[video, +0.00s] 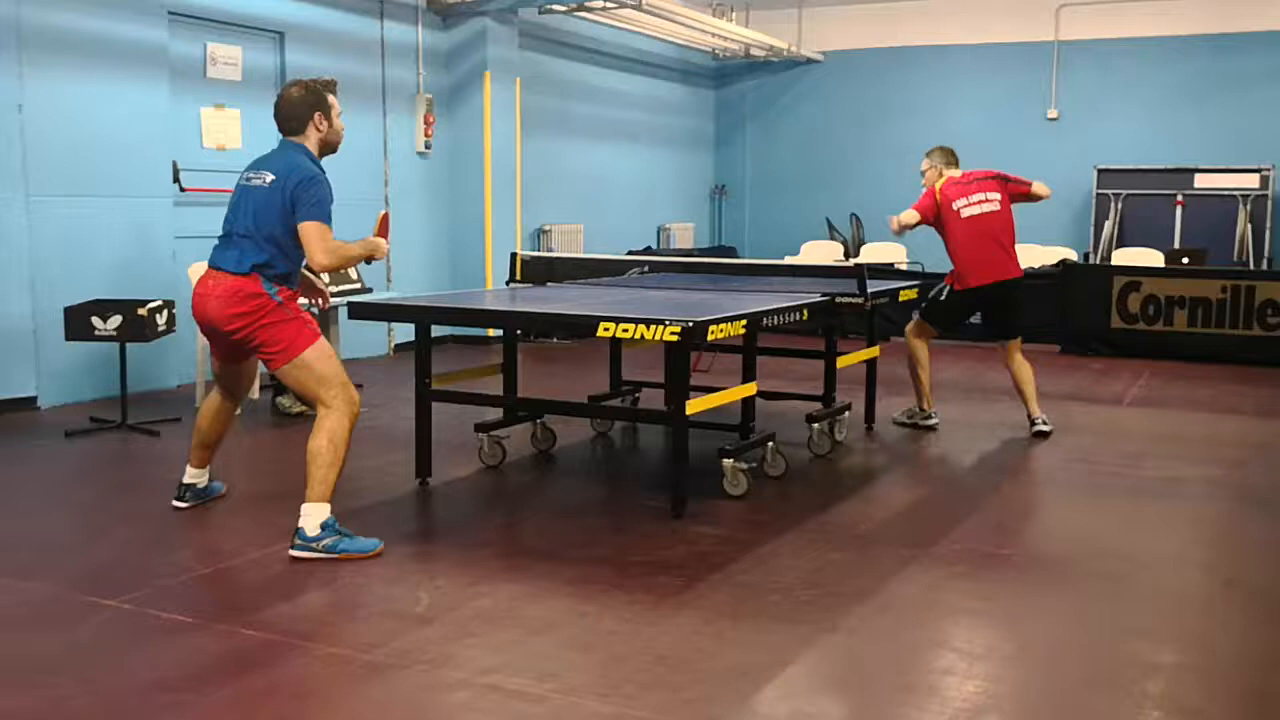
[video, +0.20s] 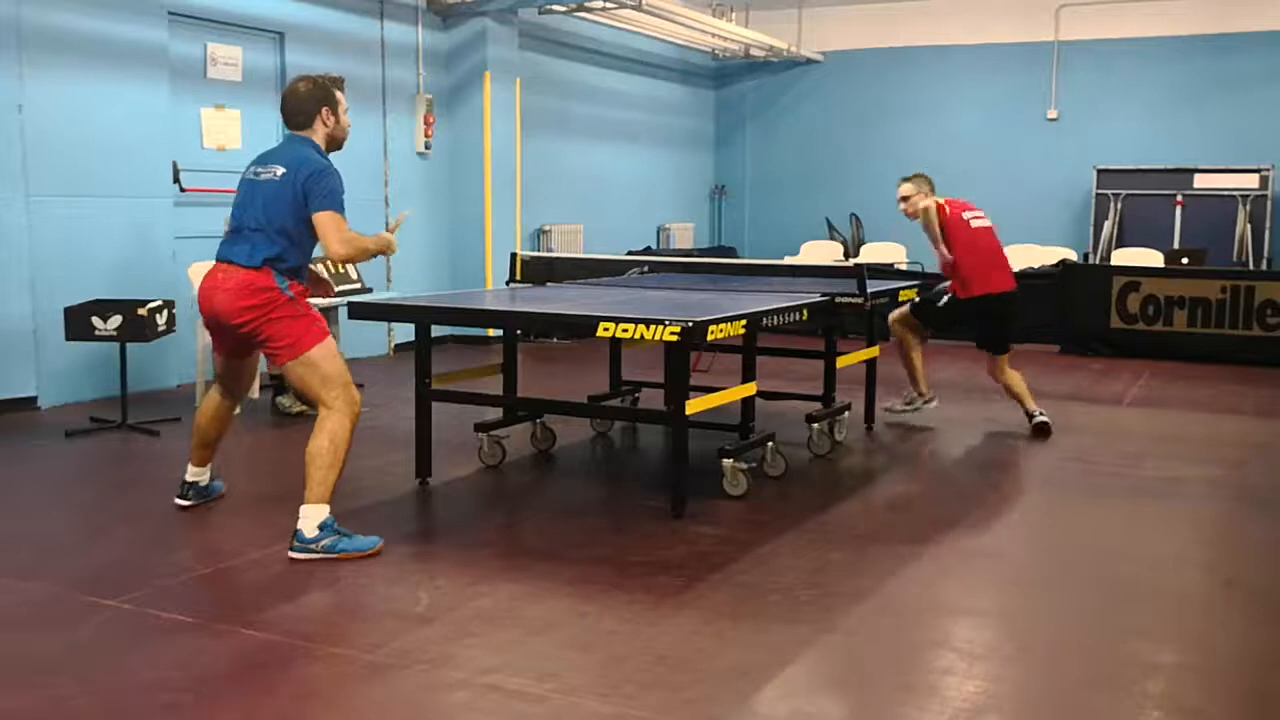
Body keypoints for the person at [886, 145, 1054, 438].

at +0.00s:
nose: (923, 181)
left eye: (924, 174)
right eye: (922, 175)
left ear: (938, 169)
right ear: (956, 167)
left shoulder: (937, 192)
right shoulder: (994, 179)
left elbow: (906, 222)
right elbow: (1043, 191)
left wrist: (898, 224)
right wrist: (1006, 194)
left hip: (970, 281)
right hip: (1009, 278)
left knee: (916, 333)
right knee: (1014, 351)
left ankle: (924, 410)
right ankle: (1037, 417)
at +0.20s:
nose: (902, 208)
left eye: (906, 200)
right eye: (900, 202)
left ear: (926, 196)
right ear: (935, 197)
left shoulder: (930, 206)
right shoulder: (967, 207)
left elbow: (929, 208)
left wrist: (941, 250)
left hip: (970, 293)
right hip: (1003, 292)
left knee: (900, 322)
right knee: (1000, 368)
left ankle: (921, 394)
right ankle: (1035, 412)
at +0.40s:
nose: (874, 198)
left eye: (879, 190)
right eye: (870, 192)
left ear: (896, 187)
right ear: (871, 194)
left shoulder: (913, 205)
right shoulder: (905, 211)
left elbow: (949, 208)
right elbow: (906, 228)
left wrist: (939, 249)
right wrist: (898, 250)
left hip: (946, 292)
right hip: (960, 289)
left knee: (885, 334)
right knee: (950, 371)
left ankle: (910, 407)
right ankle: (1017, 395)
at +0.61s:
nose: (861, 162)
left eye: (866, 155)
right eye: (857, 156)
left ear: (883, 154)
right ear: (857, 159)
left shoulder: (901, 178)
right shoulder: (882, 189)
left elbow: (944, 195)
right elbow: (878, 220)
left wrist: (921, 234)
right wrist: (866, 234)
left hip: (920, 271)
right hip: (901, 272)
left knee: (887, 335)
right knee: (887, 334)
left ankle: (911, 405)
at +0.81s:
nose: (854, 150)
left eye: (860, 143)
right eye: (851, 144)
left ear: (877, 143)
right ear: (851, 147)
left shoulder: (898, 174)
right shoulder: (860, 178)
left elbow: (942, 200)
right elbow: (856, 216)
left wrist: (913, 233)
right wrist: (841, 236)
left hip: (901, 272)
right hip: (870, 273)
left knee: (889, 327)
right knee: (847, 327)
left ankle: (927, 391)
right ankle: (853, 386)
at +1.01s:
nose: (851, 147)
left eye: (857, 140)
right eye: (847, 142)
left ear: (873, 140)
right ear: (846, 144)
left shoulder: (897, 170)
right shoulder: (851, 177)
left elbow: (937, 198)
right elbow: (850, 213)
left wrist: (906, 229)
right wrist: (836, 239)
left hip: (901, 270)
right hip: (863, 273)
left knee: (916, 327)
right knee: (843, 326)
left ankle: (937, 390)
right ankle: (853, 385)